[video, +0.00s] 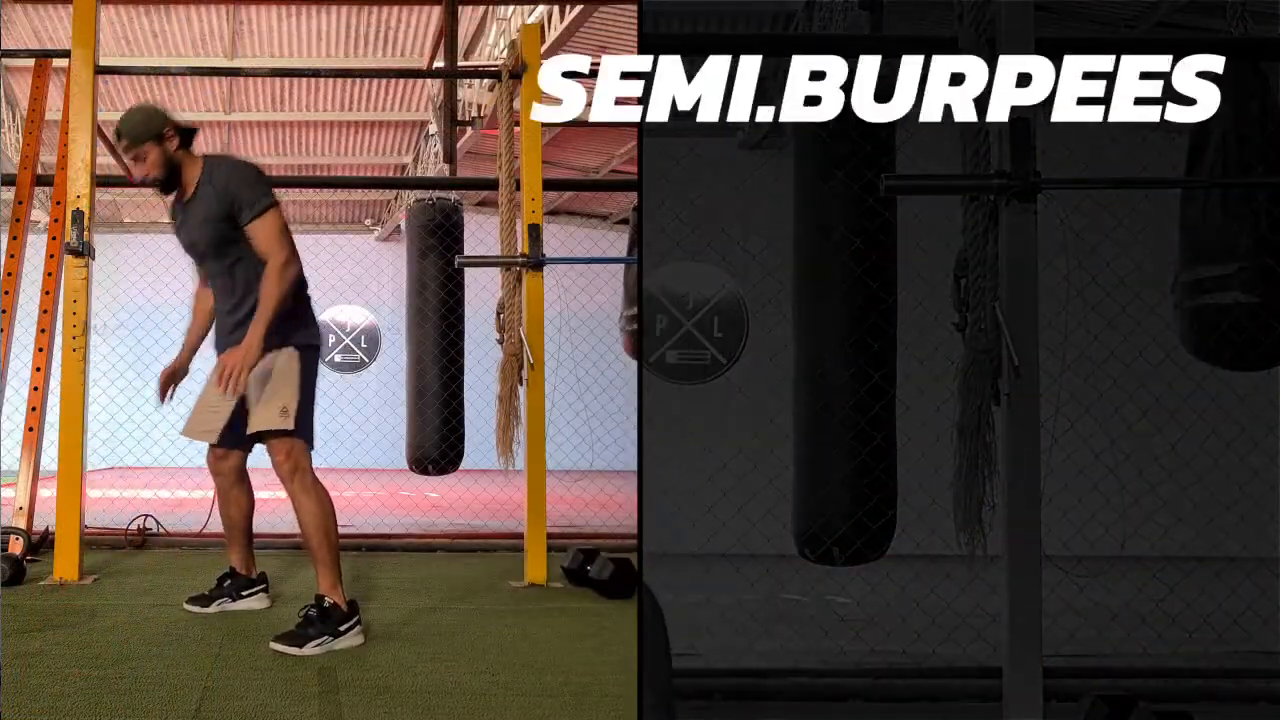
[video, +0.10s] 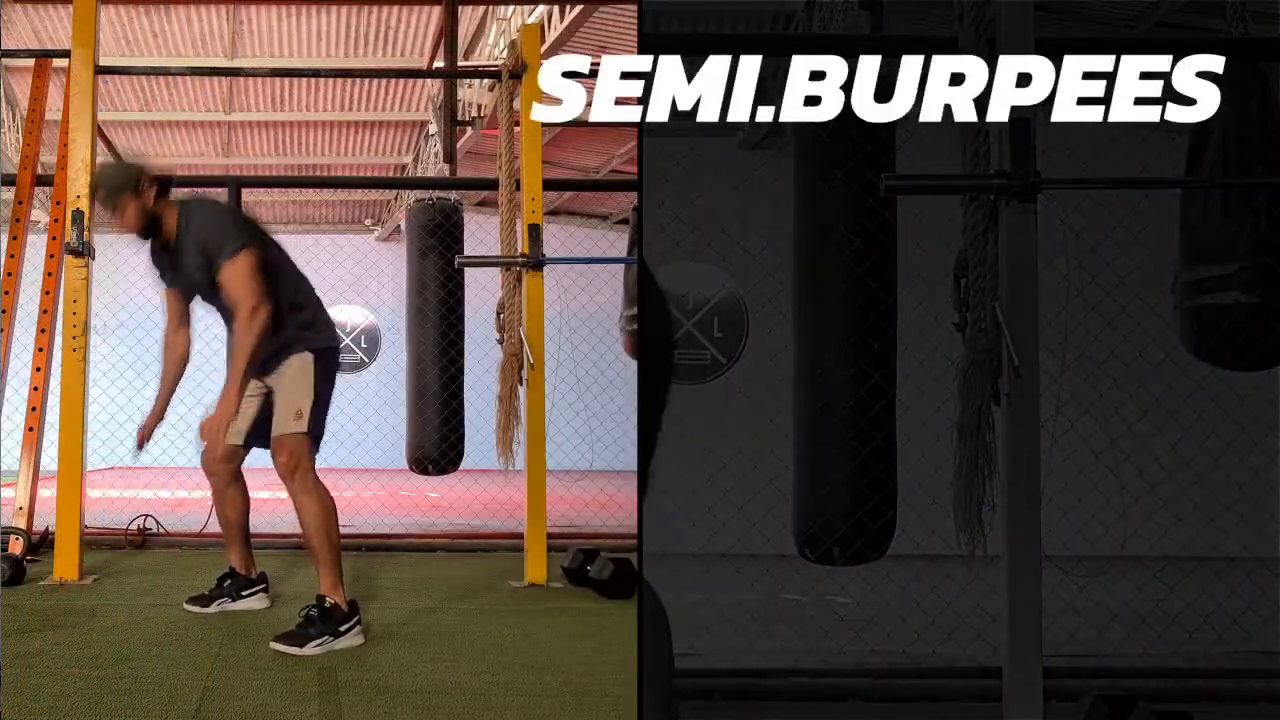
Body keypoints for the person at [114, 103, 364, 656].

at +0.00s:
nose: (137, 172)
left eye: (140, 157)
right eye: (128, 162)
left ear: (171, 138)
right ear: (128, 161)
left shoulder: (234, 176)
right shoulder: (183, 205)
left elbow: (283, 261)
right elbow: (211, 282)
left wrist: (251, 344)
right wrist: (186, 355)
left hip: (283, 337)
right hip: (238, 342)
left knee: (291, 462)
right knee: (224, 460)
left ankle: (336, 606)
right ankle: (244, 575)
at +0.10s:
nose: (114, 220)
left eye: (116, 207)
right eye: (109, 211)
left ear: (146, 190)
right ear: (133, 202)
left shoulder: (211, 222)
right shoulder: (164, 245)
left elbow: (254, 310)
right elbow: (177, 332)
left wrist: (226, 403)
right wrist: (158, 408)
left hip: (303, 343)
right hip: (255, 350)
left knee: (292, 459)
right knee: (218, 459)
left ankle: (337, 606)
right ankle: (243, 577)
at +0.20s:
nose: (108, 299)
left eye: (108, 285)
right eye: (101, 290)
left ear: (134, 266)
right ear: (130, 273)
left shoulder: (200, 290)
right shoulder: (152, 313)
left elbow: (224, 388)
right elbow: (152, 396)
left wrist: (192, 501)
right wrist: (133, 475)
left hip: (313, 357)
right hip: (261, 371)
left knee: (282, 466)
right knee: (213, 462)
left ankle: (336, 606)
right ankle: (243, 577)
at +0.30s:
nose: (103, 379)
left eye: (102, 368)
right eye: (97, 372)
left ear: (123, 347)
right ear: (121, 348)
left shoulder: (186, 351)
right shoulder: (139, 371)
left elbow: (185, 466)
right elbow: (132, 460)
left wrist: (164, 567)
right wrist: (101, 546)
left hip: (316, 371)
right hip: (262, 387)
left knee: (269, 474)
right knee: (206, 467)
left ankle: (335, 608)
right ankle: (242, 579)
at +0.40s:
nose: (112, 450)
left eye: (109, 440)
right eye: (105, 444)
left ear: (123, 418)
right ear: (119, 416)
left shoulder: (167, 403)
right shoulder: (130, 408)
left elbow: (165, 522)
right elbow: (118, 512)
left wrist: (136, 628)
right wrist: (85, 597)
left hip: (311, 341)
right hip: (268, 357)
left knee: (289, 463)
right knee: (233, 461)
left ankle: (337, 607)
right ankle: (247, 576)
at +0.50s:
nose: (112, 496)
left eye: (108, 488)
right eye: (103, 493)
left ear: (115, 462)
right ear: (109, 456)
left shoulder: (158, 437)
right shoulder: (118, 433)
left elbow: (172, 553)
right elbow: (121, 531)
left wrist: (146, 651)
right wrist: (93, 613)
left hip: (284, 332)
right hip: (253, 351)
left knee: (303, 464)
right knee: (248, 464)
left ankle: (389, 575)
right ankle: (312, 541)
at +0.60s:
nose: (71, 497)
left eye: (63, 491)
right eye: (61, 494)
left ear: (74, 467)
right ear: (70, 462)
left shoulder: (131, 435)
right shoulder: (89, 441)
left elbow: (158, 548)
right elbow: (106, 533)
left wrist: (146, 649)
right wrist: (91, 612)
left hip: (267, 370)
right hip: (237, 398)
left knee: (329, 486)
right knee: (288, 484)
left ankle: (460, 534)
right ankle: (381, 516)